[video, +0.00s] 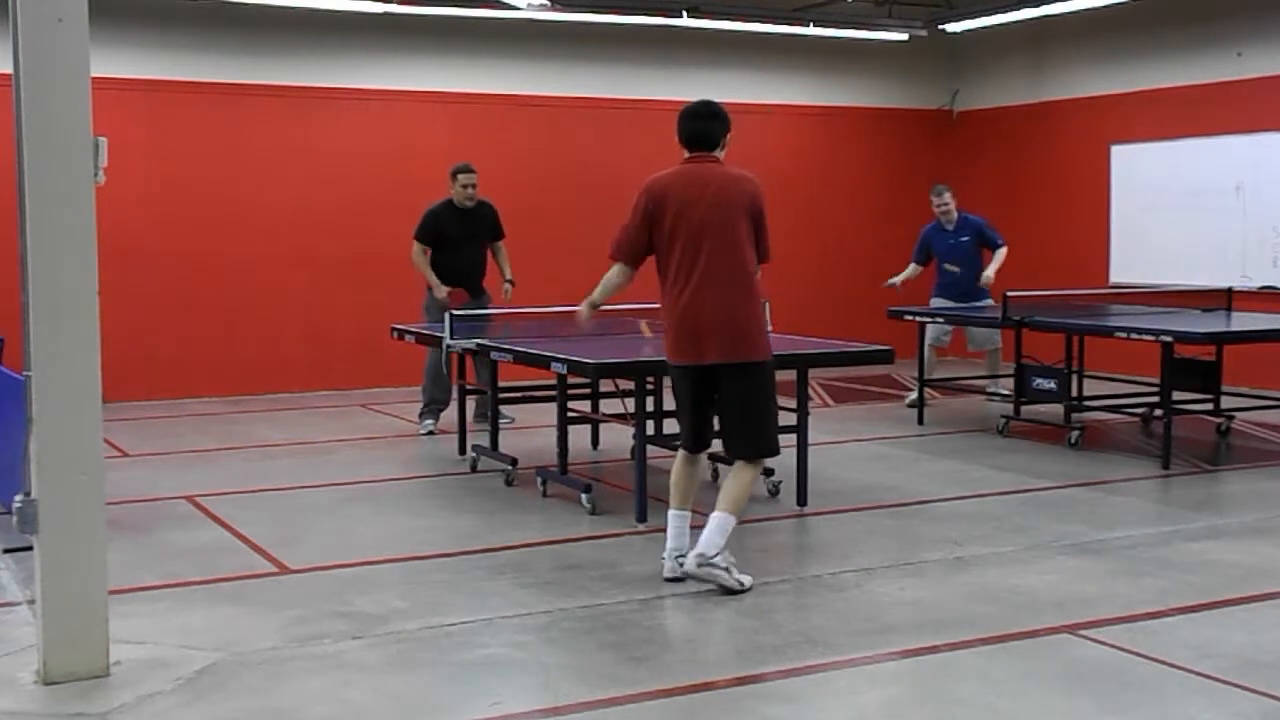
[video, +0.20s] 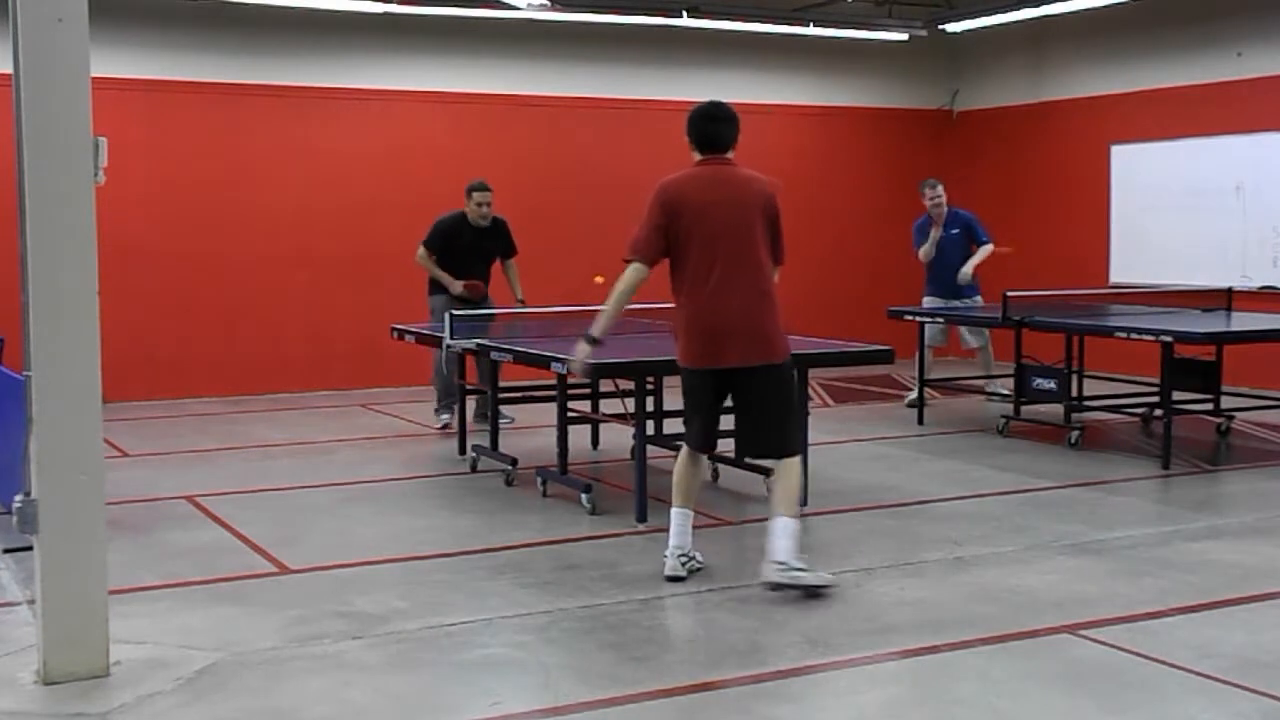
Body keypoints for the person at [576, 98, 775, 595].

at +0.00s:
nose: (730, 143)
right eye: (729, 136)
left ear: (680, 140)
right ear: (724, 140)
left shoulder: (657, 189)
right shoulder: (746, 187)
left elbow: (624, 267)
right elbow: (756, 259)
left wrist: (590, 303)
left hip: (684, 343)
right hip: (742, 343)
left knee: (691, 445)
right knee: (751, 454)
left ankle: (675, 554)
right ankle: (709, 550)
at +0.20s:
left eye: (689, 137)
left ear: (690, 142)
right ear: (735, 141)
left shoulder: (672, 192)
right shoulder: (761, 189)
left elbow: (636, 272)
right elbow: (772, 267)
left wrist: (591, 338)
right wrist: (740, 307)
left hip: (699, 345)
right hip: (762, 343)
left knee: (695, 444)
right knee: (787, 450)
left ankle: (678, 551)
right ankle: (782, 558)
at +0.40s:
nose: (722, 152)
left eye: (721, 145)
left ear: (722, 150)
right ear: (766, 149)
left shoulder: (708, 199)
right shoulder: (793, 199)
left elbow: (702, 276)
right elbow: (804, 282)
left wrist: (684, 356)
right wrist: (782, 333)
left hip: (727, 354)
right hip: (792, 356)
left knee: (706, 445)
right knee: (823, 463)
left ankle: (679, 551)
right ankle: (873, 570)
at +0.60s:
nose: (773, 149)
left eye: (774, 142)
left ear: (777, 145)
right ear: (822, 145)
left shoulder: (769, 190)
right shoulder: (850, 196)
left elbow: (779, 263)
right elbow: (864, 274)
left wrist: (768, 350)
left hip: (785, 358)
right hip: (850, 359)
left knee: (732, 450)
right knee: (864, 476)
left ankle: (694, 548)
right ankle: (906, 587)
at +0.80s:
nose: (820, 138)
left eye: (820, 130)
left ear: (824, 134)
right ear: (871, 136)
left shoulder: (803, 180)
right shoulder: (897, 190)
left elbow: (785, 256)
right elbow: (915, 269)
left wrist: (748, 340)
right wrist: (871, 284)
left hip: (811, 354)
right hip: (882, 357)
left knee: (773, 467)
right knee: (882, 474)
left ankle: (767, 589)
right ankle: (909, 590)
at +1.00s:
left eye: (844, 148)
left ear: (847, 154)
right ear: (897, 156)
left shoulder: (817, 201)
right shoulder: (918, 211)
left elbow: (775, 280)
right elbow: (937, 301)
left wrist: (752, 344)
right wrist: (935, 352)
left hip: (824, 365)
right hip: (895, 365)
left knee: (817, 498)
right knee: (898, 472)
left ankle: (841, 625)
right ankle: (914, 593)